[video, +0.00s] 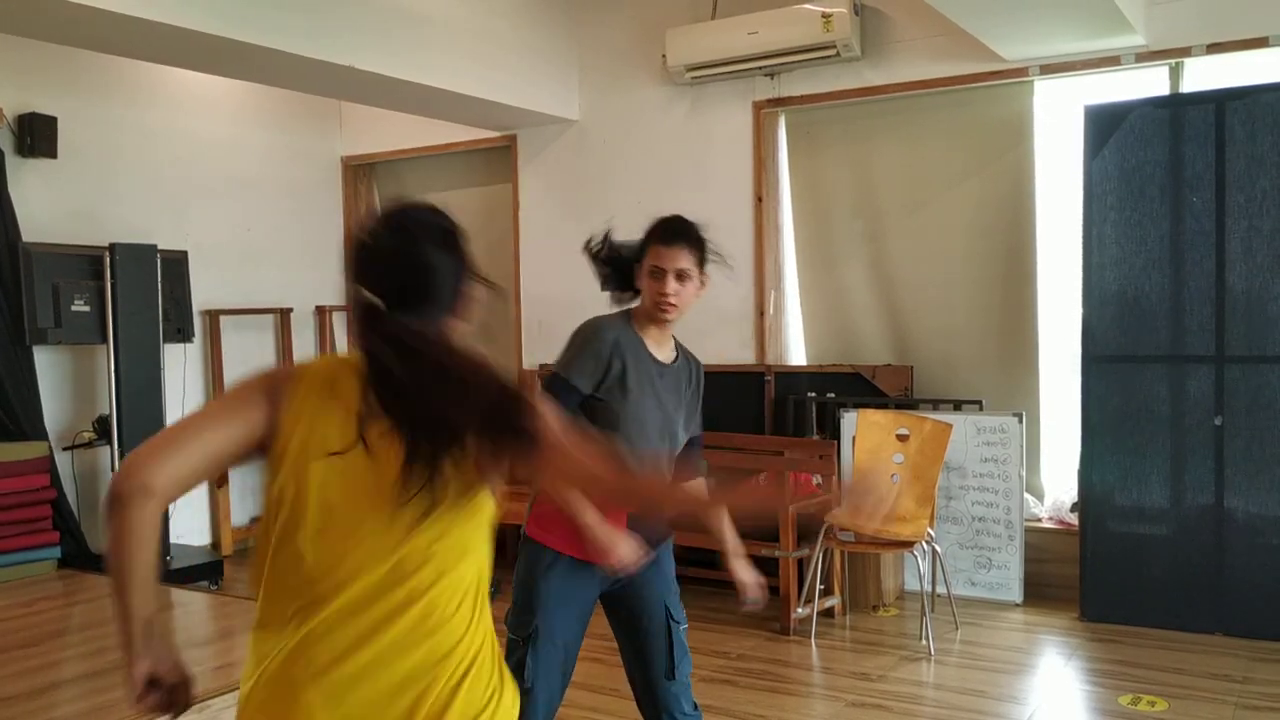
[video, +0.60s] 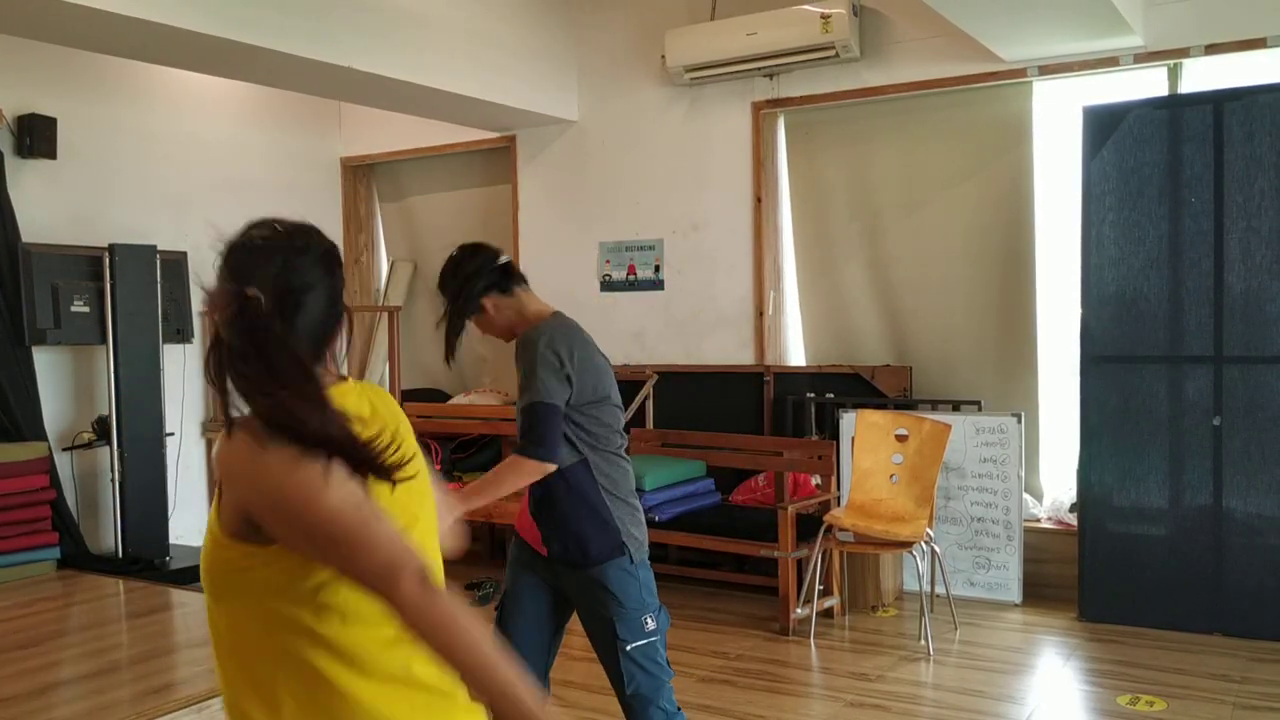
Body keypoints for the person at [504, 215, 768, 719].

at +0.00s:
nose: (667, 288)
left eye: (681, 277)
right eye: (656, 273)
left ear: (699, 286)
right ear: (637, 276)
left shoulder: (689, 370)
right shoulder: (600, 338)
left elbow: (690, 477)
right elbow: (540, 433)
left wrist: (734, 551)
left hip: (645, 546)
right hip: (564, 540)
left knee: (672, 697)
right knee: (533, 693)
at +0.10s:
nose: (611, 275)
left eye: (624, 263)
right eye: (601, 263)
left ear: (656, 270)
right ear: (590, 272)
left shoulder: (684, 360)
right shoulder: (556, 347)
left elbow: (742, 454)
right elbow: (509, 430)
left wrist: (798, 533)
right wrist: (500, 519)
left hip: (643, 551)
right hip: (556, 549)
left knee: (674, 702)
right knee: (525, 695)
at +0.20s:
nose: (513, 297)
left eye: (518, 282)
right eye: (509, 285)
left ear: (553, 273)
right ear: (532, 279)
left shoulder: (628, 348)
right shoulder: (534, 345)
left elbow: (706, 425)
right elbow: (523, 430)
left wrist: (764, 498)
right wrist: (460, 464)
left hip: (628, 542)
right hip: (549, 534)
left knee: (664, 693)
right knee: (519, 689)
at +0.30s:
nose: (479, 333)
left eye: (472, 323)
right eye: (472, 323)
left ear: (481, 322)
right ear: (520, 287)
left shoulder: (560, 357)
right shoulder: (538, 352)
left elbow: (635, 439)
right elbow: (564, 441)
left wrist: (685, 526)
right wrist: (502, 439)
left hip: (619, 543)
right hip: (554, 536)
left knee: (662, 692)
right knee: (529, 679)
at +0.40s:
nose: (477, 349)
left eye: (467, 343)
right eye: (470, 345)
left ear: (471, 331)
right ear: (506, 296)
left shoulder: (535, 358)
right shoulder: (558, 341)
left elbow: (570, 476)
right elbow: (636, 409)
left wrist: (578, 584)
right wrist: (589, 463)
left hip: (613, 551)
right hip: (552, 543)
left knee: (653, 700)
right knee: (517, 671)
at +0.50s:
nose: (477, 345)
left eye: (469, 336)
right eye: (471, 338)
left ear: (473, 324)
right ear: (512, 293)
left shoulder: (534, 350)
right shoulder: (558, 338)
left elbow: (541, 469)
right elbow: (635, 412)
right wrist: (600, 481)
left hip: (608, 541)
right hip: (550, 539)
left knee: (649, 693)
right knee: (519, 680)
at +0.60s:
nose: (480, 329)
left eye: (474, 317)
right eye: (473, 319)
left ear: (487, 303)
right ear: (508, 282)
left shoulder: (549, 342)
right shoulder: (545, 339)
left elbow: (542, 453)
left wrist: (454, 503)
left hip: (604, 546)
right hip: (542, 541)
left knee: (648, 701)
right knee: (512, 689)